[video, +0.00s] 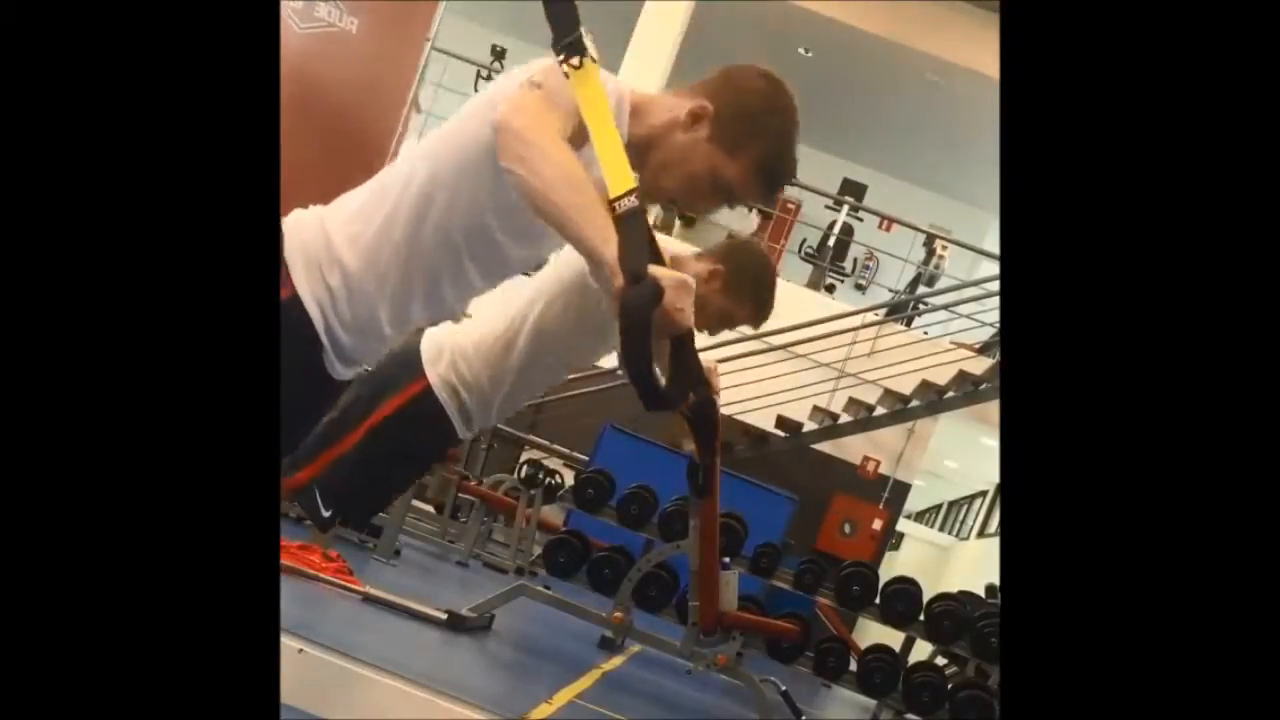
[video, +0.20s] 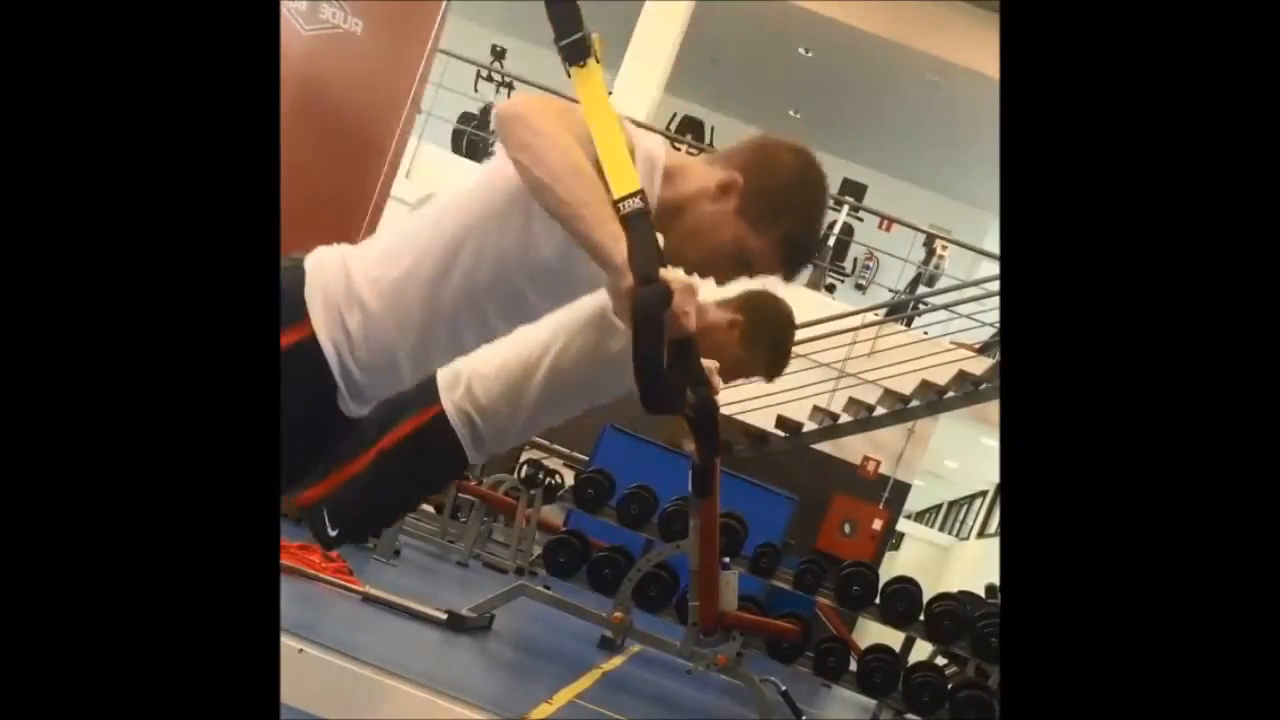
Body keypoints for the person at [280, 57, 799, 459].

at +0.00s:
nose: (704, 208)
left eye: (722, 203)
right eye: (718, 189)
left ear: (696, 120)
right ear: (697, 121)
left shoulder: (615, 174)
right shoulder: (582, 84)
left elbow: (634, 266)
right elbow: (522, 141)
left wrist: (683, 352)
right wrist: (628, 271)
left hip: (341, 357)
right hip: (297, 298)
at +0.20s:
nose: (723, 277)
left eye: (744, 273)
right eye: (740, 259)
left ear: (726, 186)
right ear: (728, 190)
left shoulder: (652, 238)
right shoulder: (630, 149)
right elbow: (521, 117)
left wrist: (673, 356)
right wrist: (636, 271)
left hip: (355, 397)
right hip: (311, 333)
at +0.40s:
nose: (740, 341)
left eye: (759, 343)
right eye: (757, 327)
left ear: (751, 253)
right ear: (754, 257)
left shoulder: (658, 276)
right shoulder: (651, 212)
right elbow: (533, 122)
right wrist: (654, 274)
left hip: (361, 429)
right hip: (325, 376)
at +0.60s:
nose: (746, 404)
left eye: (766, 405)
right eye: (768, 392)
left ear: (774, 325)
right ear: (774, 330)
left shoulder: (683, 344)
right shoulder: (659, 251)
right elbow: (538, 130)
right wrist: (628, 266)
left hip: (365, 467)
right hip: (332, 414)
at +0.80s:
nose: (754, 484)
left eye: (774, 482)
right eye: (776, 467)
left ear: (779, 381)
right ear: (781, 388)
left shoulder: (701, 426)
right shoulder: (675, 304)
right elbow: (536, 153)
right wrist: (626, 286)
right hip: (345, 452)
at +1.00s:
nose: (760, 505)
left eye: (781, 504)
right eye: (779, 487)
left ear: (780, 407)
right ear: (779, 412)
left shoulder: (711, 440)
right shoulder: (683, 343)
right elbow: (547, 168)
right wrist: (638, 295)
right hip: (347, 470)